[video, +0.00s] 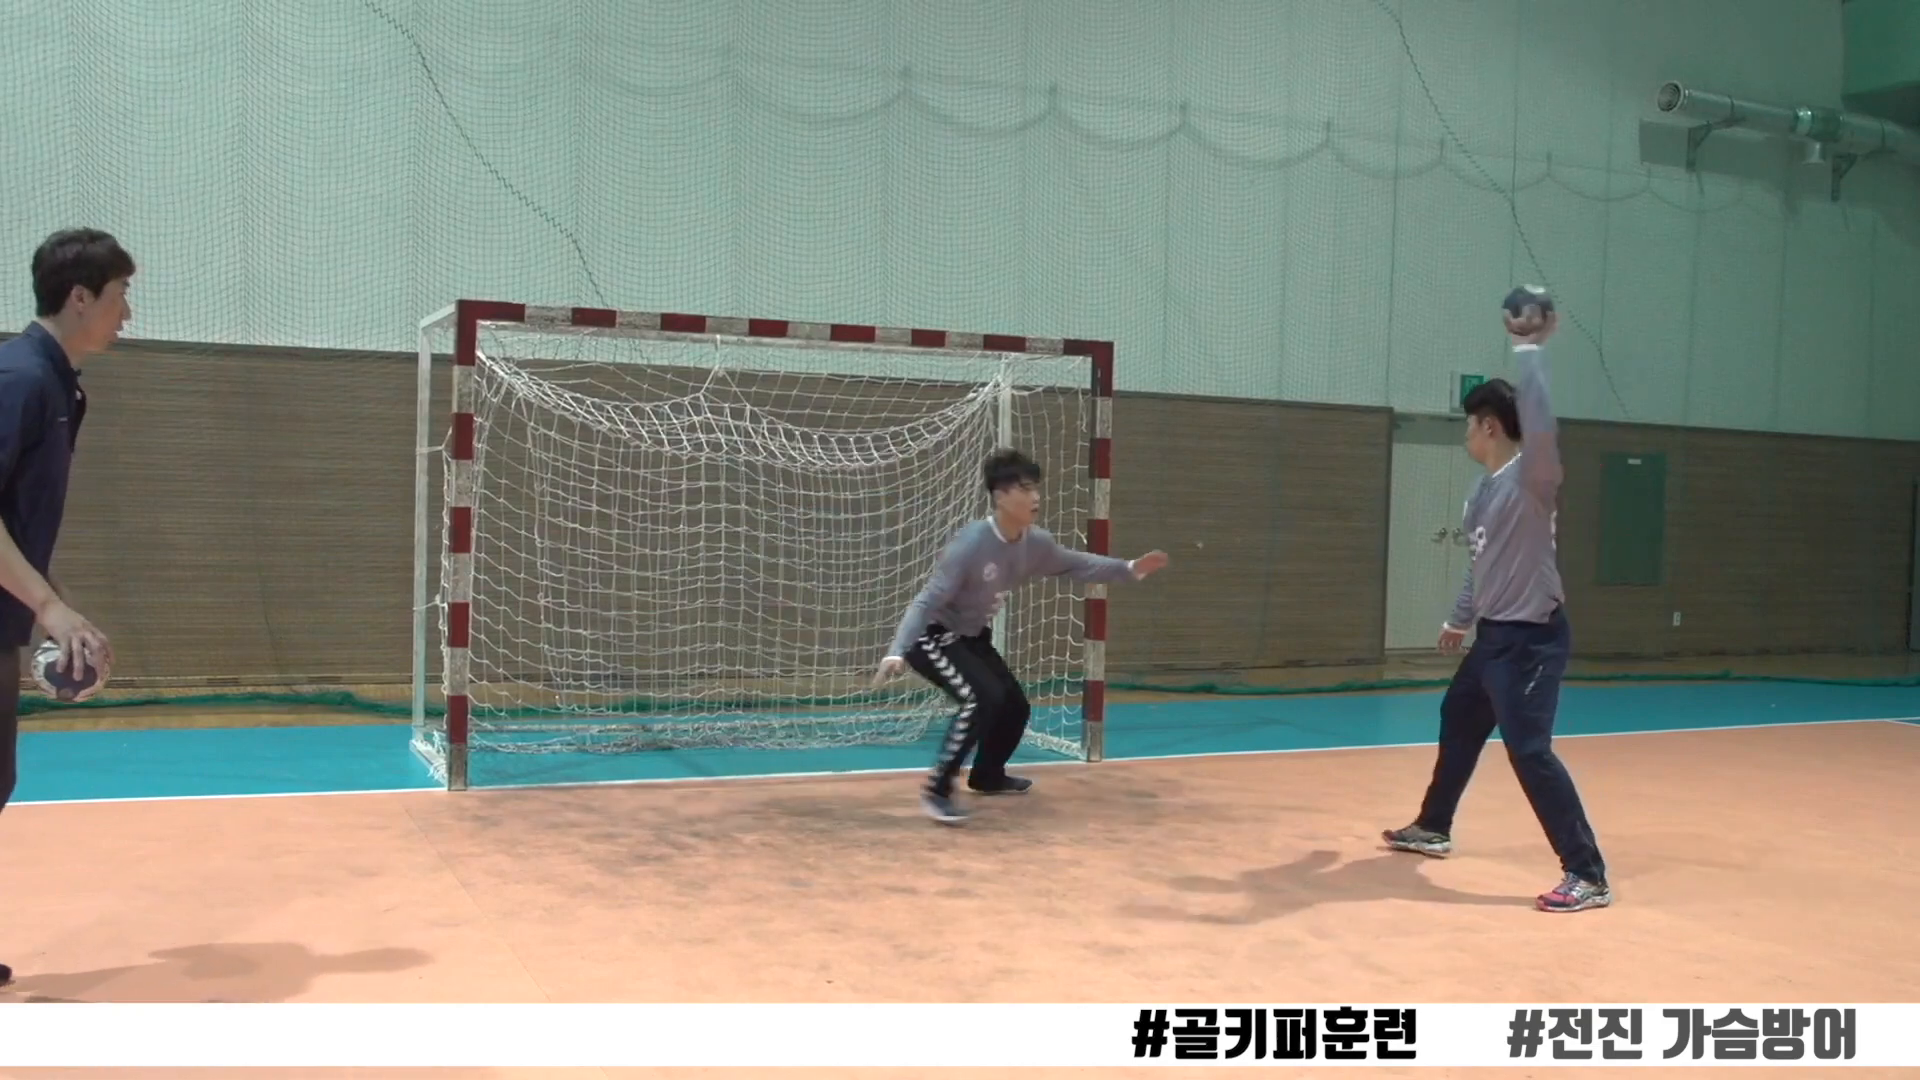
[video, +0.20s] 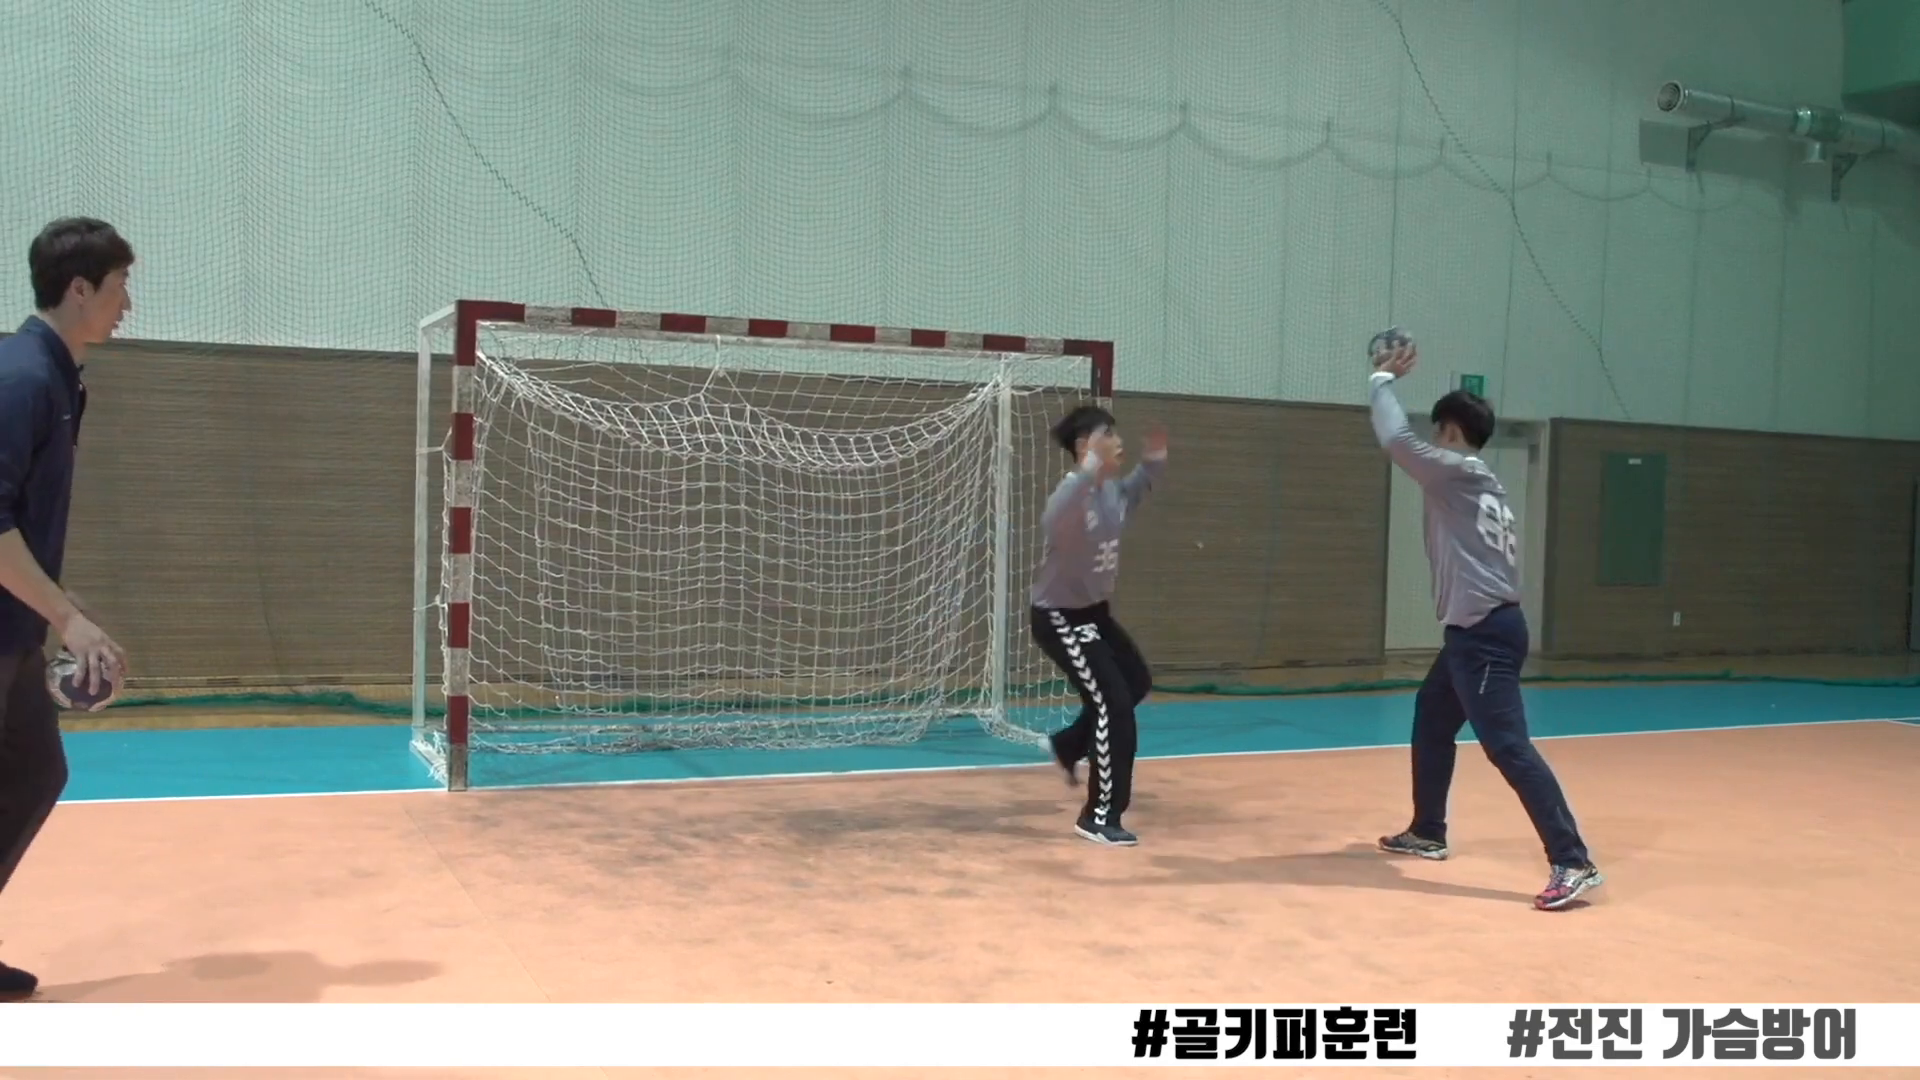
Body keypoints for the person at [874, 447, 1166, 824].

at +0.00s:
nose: (1035, 498)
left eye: (1036, 489)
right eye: (1025, 489)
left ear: (1037, 494)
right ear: (999, 496)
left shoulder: (1036, 544)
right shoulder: (971, 543)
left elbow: (1077, 564)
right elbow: (929, 597)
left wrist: (1129, 569)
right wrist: (897, 651)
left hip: (972, 636)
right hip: (932, 634)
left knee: (1015, 707)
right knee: (984, 697)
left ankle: (987, 776)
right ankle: (937, 790)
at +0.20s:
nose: (1118, 441)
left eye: (1115, 434)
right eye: (1108, 434)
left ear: (1107, 444)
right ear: (1083, 445)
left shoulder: (1114, 490)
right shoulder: (1067, 495)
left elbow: (1135, 493)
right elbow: (1056, 519)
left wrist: (1152, 465)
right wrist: (1086, 473)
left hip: (1095, 612)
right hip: (1059, 616)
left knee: (1137, 683)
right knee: (1113, 704)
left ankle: (1070, 742)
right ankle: (1101, 816)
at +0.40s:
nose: (1207, 350)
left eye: (1207, 344)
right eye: (1200, 343)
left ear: (1192, 350)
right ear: (1174, 344)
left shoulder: (1181, 383)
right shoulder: (1154, 380)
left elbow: (1202, 365)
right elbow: (1133, 358)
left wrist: (1219, 339)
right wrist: (1150, 312)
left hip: (1181, 512)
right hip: (1156, 514)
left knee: (1232, 528)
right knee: (1152, 628)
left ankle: (1217, 615)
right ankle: (1098, 732)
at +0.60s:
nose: (1288, 348)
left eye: (1290, 340)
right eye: (1280, 339)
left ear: (1284, 344)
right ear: (1252, 340)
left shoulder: (1276, 390)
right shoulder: (1237, 380)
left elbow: (1279, 440)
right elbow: (1226, 351)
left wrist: (1317, 440)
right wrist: (1234, 306)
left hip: (1250, 497)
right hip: (1208, 498)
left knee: (1306, 512)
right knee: (1246, 549)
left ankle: (1356, 579)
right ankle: (1216, 658)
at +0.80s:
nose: (1324, 404)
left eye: (1326, 397)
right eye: (1314, 397)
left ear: (1325, 401)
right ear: (1291, 399)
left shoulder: (1320, 444)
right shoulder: (1278, 440)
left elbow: (1328, 498)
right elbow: (1280, 451)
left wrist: (1361, 526)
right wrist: (1321, 398)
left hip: (1329, 564)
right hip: (1293, 566)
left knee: (1372, 651)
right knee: (1335, 650)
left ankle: (1405, 741)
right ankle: (1318, 763)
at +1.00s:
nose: (1365, 496)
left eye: (1368, 489)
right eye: (1353, 489)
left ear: (1374, 496)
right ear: (1329, 499)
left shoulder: (1349, 550)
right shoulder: (1321, 545)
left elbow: (1356, 620)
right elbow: (1313, 596)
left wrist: (1407, 635)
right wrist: (1358, 587)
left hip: (1345, 659)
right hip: (1308, 662)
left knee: (1418, 707)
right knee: (1385, 721)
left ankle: (1408, 803)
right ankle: (1355, 828)